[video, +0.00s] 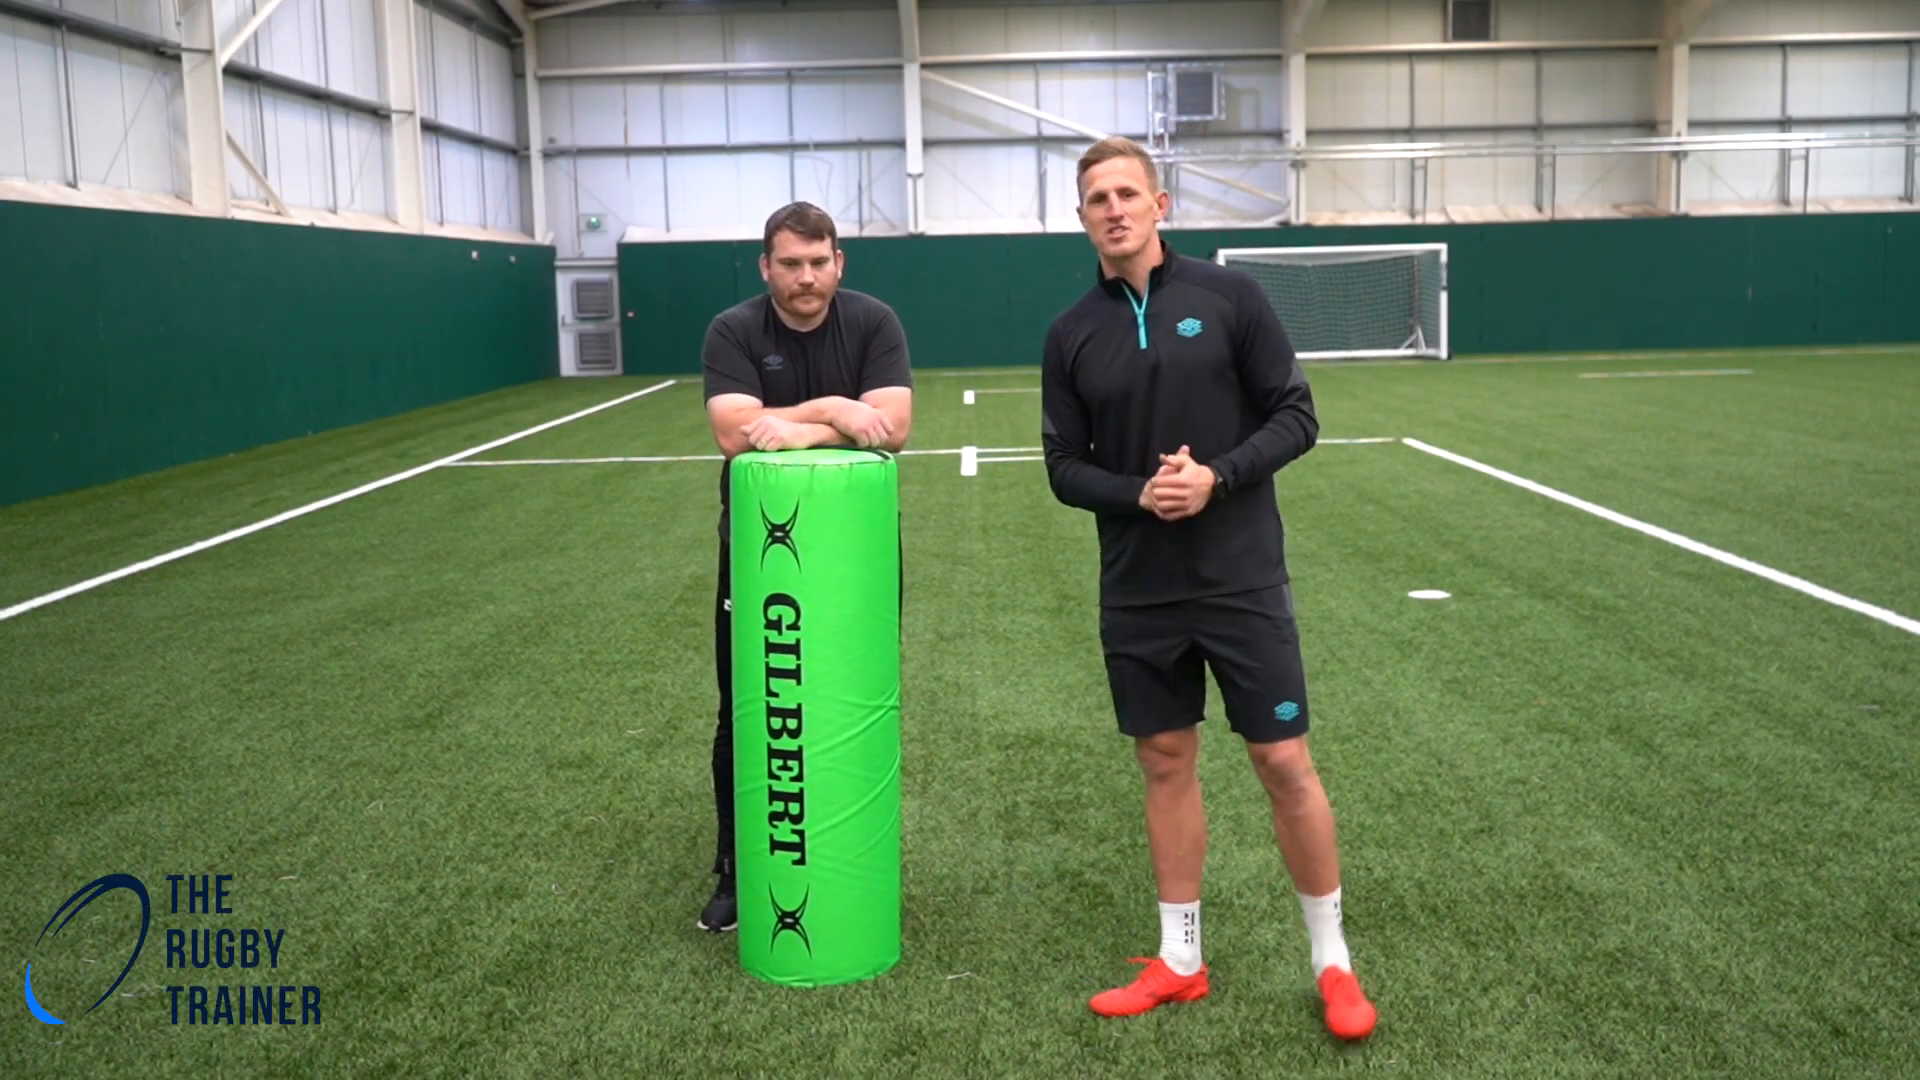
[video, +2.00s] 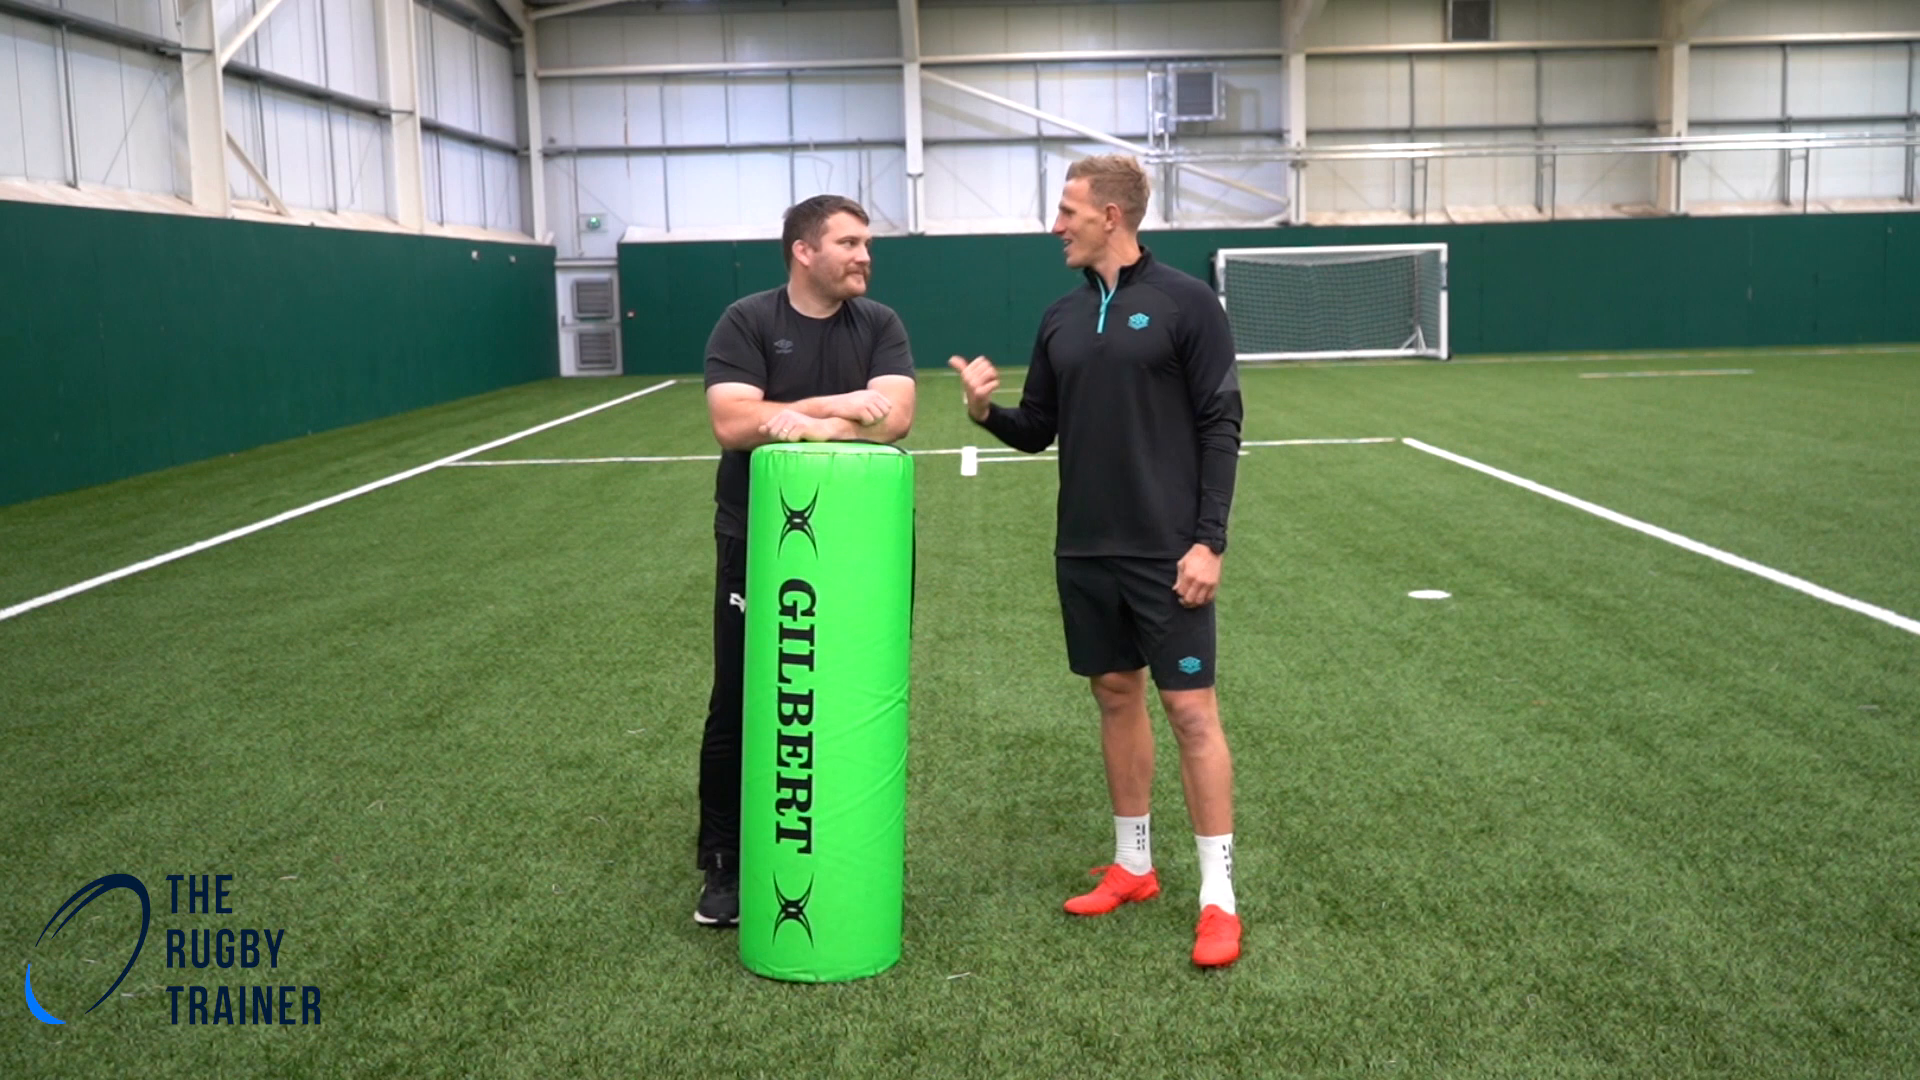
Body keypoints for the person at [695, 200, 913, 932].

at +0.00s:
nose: (806, 278)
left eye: (819, 264)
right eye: (791, 265)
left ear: (838, 262)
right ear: (766, 267)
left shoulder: (873, 322)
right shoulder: (735, 331)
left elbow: (892, 426)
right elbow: (735, 435)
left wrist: (785, 423)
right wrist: (837, 412)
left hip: (853, 548)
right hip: (758, 549)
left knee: (852, 717)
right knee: (746, 713)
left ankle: (849, 882)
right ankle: (736, 875)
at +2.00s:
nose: (864, 257)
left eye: (866, 244)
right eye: (849, 243)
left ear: (863, 255)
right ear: (801, 252)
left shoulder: (878, 322)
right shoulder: (748, 320)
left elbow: (893, 416)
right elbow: (730, 424)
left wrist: (785, 414)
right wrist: (850, 412)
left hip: (848, 544)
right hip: (755, 540)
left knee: (840, 705)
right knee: (739, 701)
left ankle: (834, 869)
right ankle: (724, 865)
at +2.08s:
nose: (856, 256)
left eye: (858, 244)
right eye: (841, 243)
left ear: (856, 255)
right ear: (793, 253)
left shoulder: (871, 322)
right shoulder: (740, 323)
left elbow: (891, 417)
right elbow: (728, 427)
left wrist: (784, 415)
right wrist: (848, 414)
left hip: (845, 549)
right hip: (751, 544)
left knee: (837, 707)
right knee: (733, 705)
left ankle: (830, 868)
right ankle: (716, 864)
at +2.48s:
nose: (801, 256)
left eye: (801, 243)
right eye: (786, 246)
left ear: (787, 251)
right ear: (739, 256)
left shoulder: (817, 316)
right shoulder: (686, 332)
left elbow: (853, 410)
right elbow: (690, 441)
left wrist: (759, 421)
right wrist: (802, 416)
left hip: (808, 555)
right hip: (714, 556)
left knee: (809, 710)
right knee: (710, 717)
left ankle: (812, 865)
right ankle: (712, 871)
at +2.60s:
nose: (785, 255)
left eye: (784, 243)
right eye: (770, 246)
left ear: (774, 250)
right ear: (722, 258)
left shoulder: (802, 315)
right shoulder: (671, 335)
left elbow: (841, 408)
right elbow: (682, 444)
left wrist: (750, 422)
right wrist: (792, 415)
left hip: (798, 553)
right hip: (706, 556)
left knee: (802, 711)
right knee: (705, 718)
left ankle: (806, 866)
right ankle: (711, 872)